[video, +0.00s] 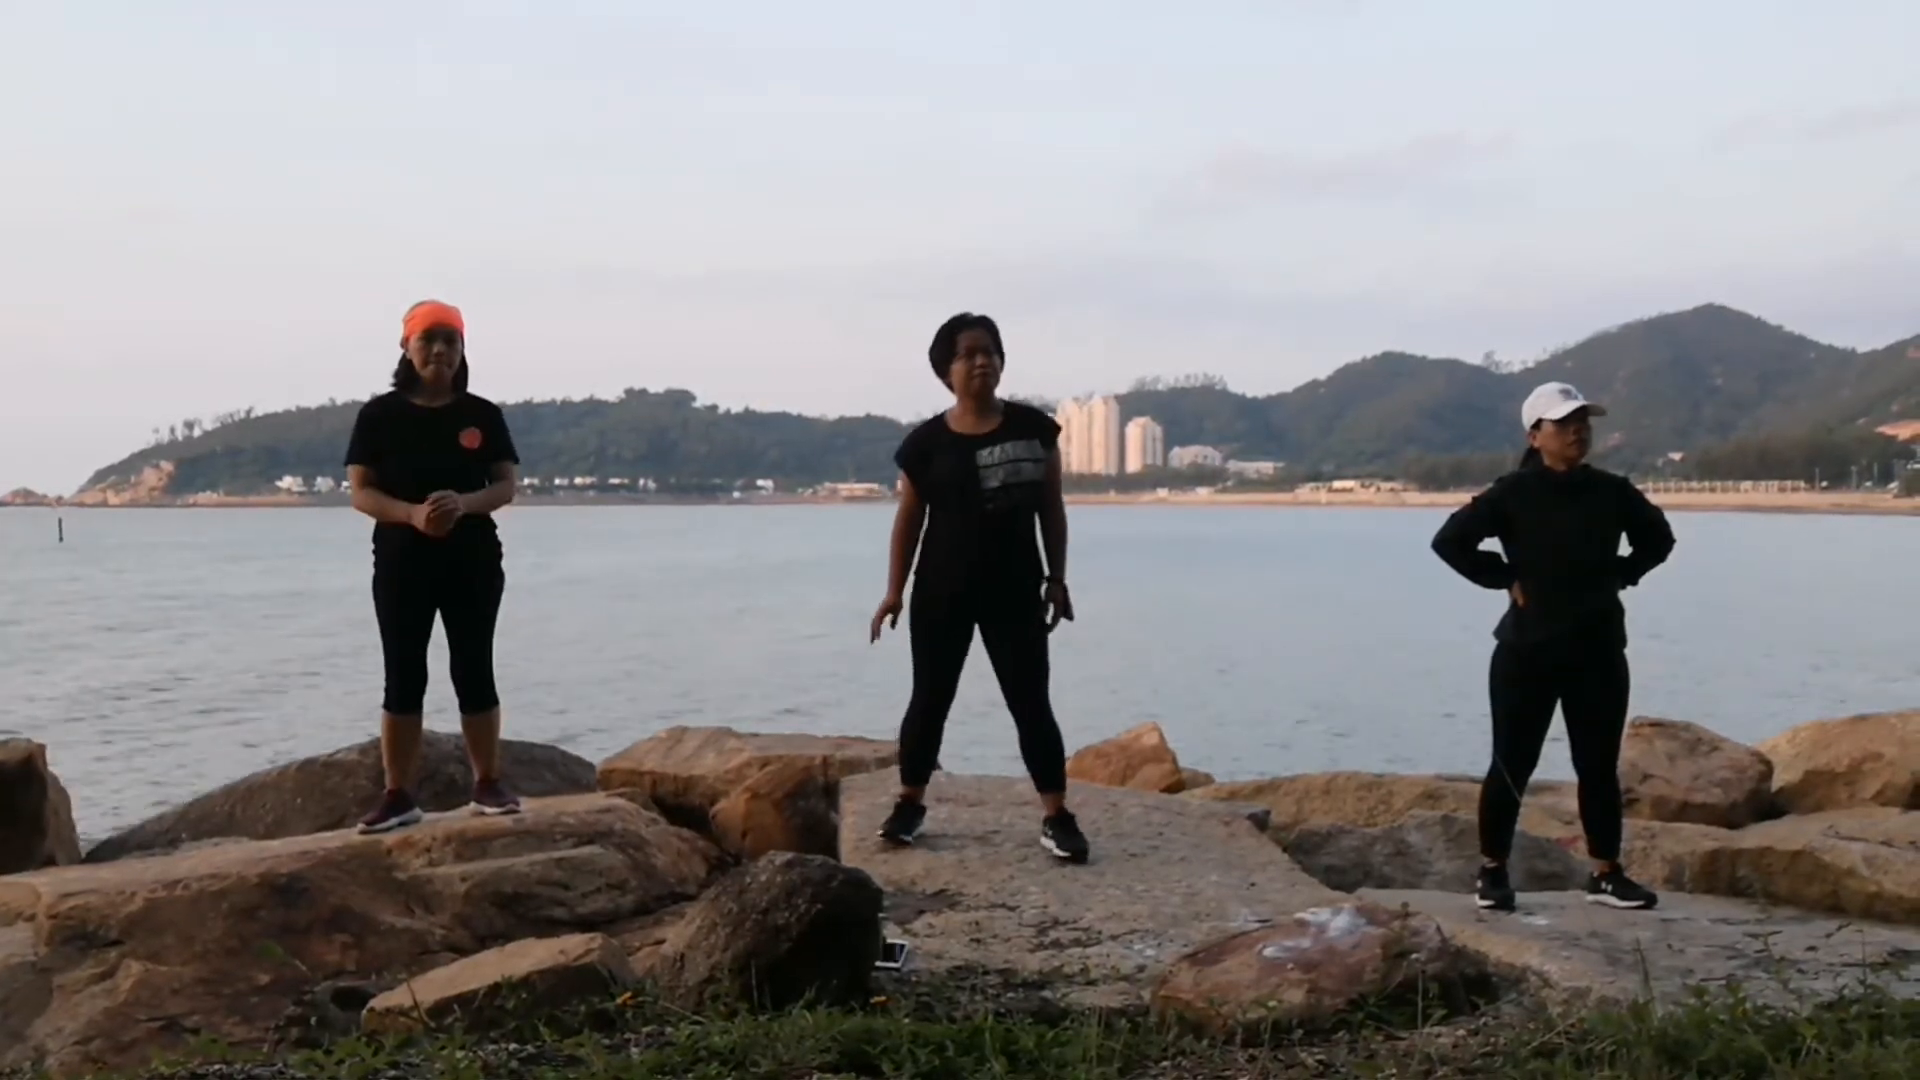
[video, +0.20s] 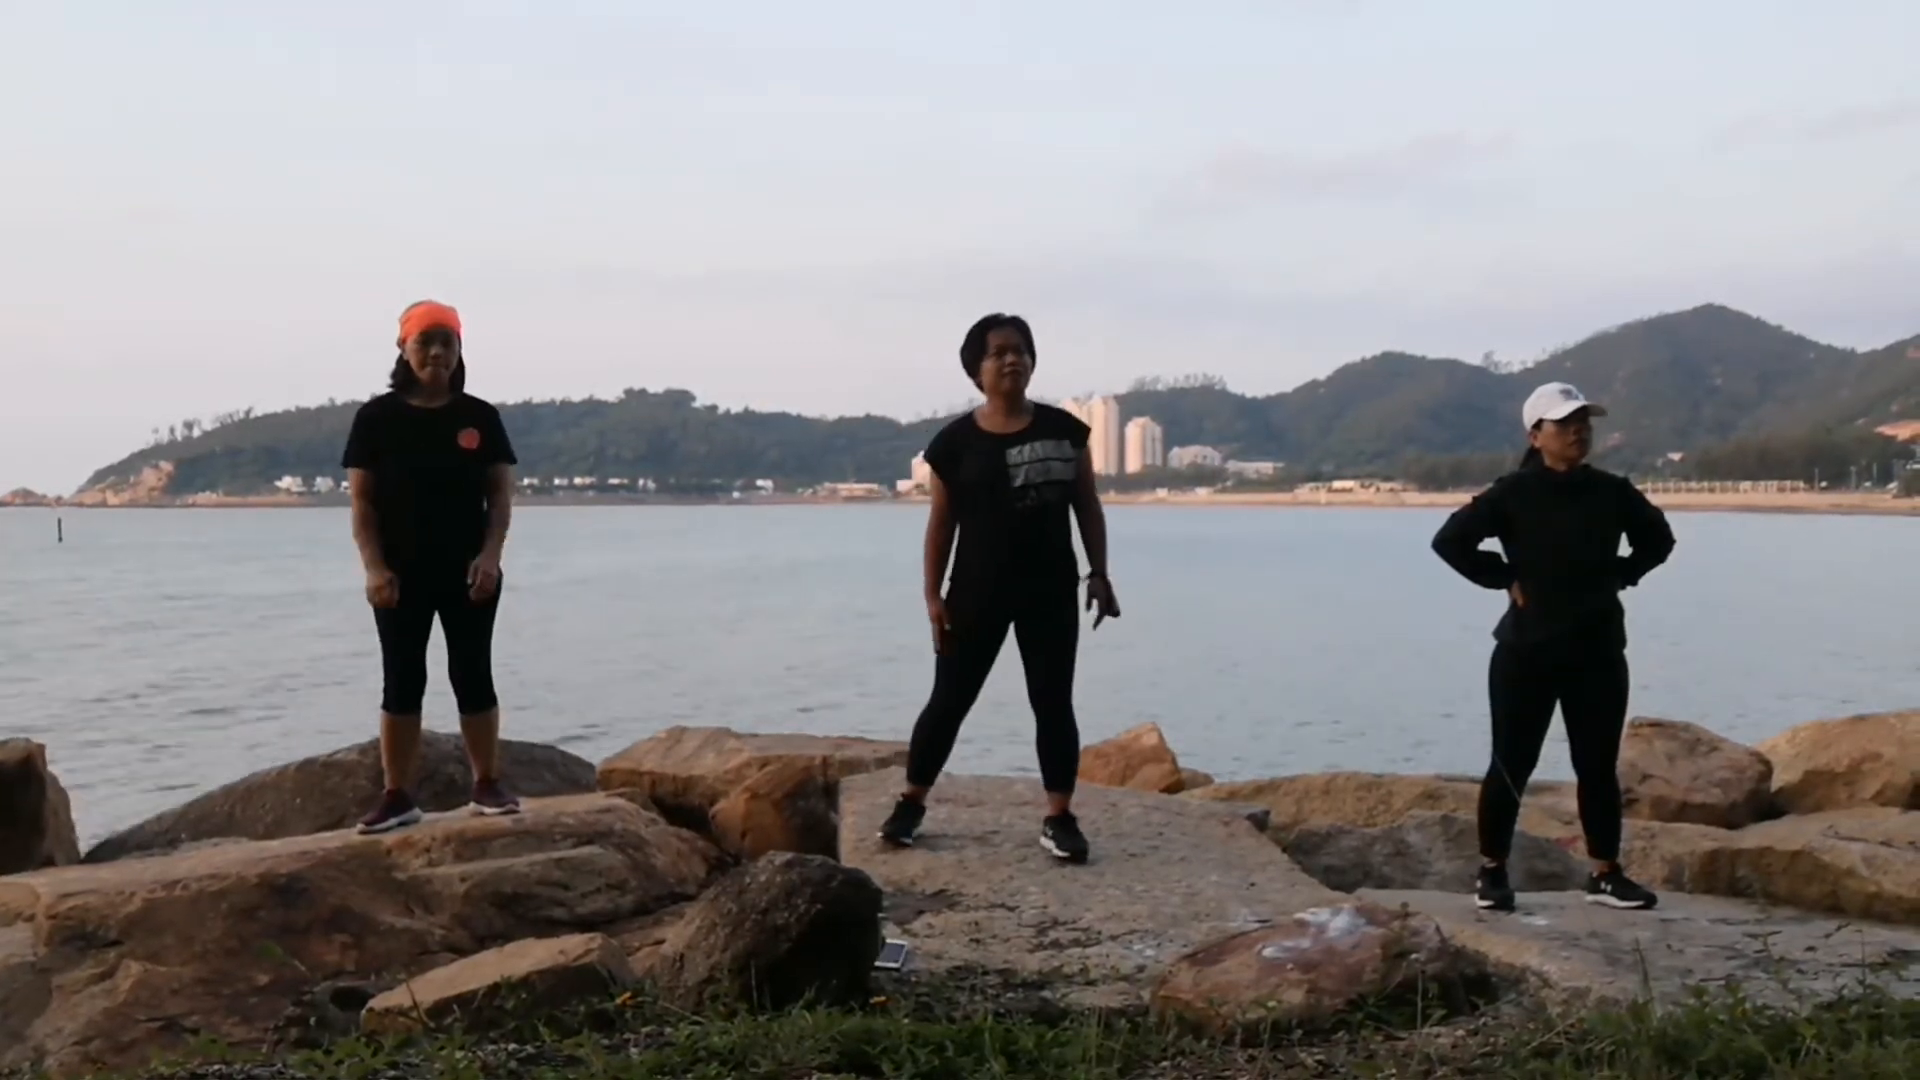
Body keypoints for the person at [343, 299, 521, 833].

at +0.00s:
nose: (438, 349)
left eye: (448, 339)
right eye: (427, 339)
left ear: (461, 348)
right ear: (407, 349)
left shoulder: (484, 415)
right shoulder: (377, 415)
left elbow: (507, 486)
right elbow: (360, 493)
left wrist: (467, 502)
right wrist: (411, 513)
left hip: (471, 564)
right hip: (403, 566)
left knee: (475, 675)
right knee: (403, 680)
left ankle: (487, 785)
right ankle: (398, 795)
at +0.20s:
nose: (435, 351)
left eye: (445, 341)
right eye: (424, 342)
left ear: (458, 349)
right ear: (404, 351)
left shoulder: (481, 418)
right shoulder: (375, 418)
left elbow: (501, 495)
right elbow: (360, 499)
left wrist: (490, 554)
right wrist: (374, 567)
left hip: (468, 572)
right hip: (399, 574)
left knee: (474, 679)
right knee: (401, 686)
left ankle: (486, 785)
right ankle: (397, 795)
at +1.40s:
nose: (432, 353)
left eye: (441, 343)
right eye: (421, 343)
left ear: (453, 351)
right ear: (398, 351)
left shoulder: (476, 417)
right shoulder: (370, 420)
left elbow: (508, 485)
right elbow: (336, 496)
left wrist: (533, 545)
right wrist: (303, 563)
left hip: (468, 569)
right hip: (398, 573)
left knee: (471, 679)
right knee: (399, 685)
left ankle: (482, 786)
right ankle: (392, 797)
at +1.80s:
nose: (431, 352)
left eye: (440, 342)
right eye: (420, 343)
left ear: (453, 350)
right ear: (399, 351)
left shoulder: (476, 416)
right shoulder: (371, 419)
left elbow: (497, 492)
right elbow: (360, 503)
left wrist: (489, 551)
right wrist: (374, 567)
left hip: (466, 571)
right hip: (399, 574)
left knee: (471, 680)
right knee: (398, 687)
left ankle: (482, 787)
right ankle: (391, 796)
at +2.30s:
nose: (442, 351)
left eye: (447, 341)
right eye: (429, 342)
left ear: (453, 348)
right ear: (398, 350)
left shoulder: (473, 416)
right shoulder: (370, 421)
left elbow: (502, 489)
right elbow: (339, 500)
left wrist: (522, 551)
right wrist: (318, 571)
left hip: (468, 572)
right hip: (398, 575)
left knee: (470, 680)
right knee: (398, 687)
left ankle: (479, 788)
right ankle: (390, 798)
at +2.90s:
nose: (440, 351)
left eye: (443, 342)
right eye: (427, 343)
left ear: (446, 349)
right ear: (393, 352)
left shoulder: (466, 414)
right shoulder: (363, 423)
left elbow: (492, 484)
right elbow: (355, 503)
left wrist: (480, 535)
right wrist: (394, 554)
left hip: (464, 571)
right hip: (395, 574)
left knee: (467, 680)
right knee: (395, 686)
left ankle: (477, 789)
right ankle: (387, 798)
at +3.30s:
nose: (435, 352)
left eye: (438, 343)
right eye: (422, 344)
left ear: (441, 350)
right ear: (388, 354)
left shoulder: (462, 416)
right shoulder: (361, 425)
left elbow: (490, 492)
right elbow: (340, 506)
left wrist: (507, 556)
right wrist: (321, 580)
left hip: (462, 573)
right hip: (393, 578)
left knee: (465, 683)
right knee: (393, 690)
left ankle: (476, 789)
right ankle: (385, 799)